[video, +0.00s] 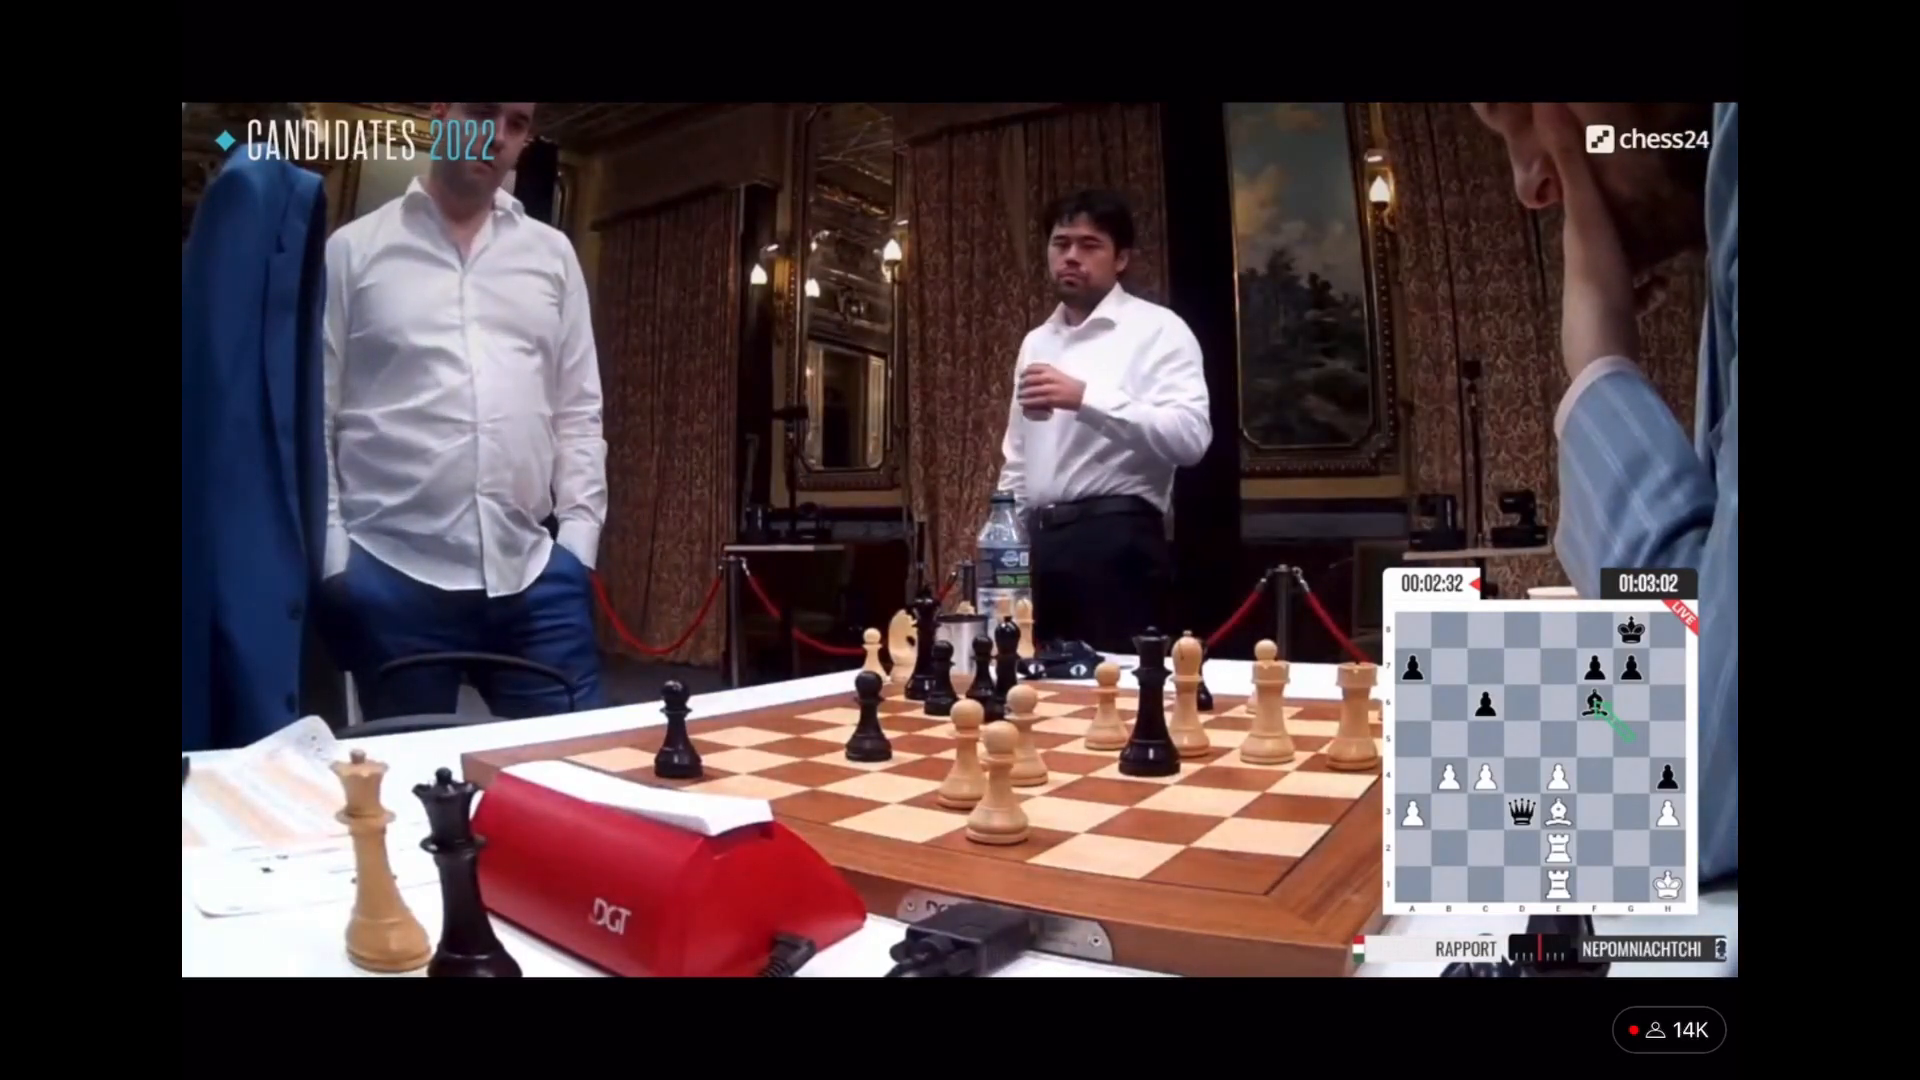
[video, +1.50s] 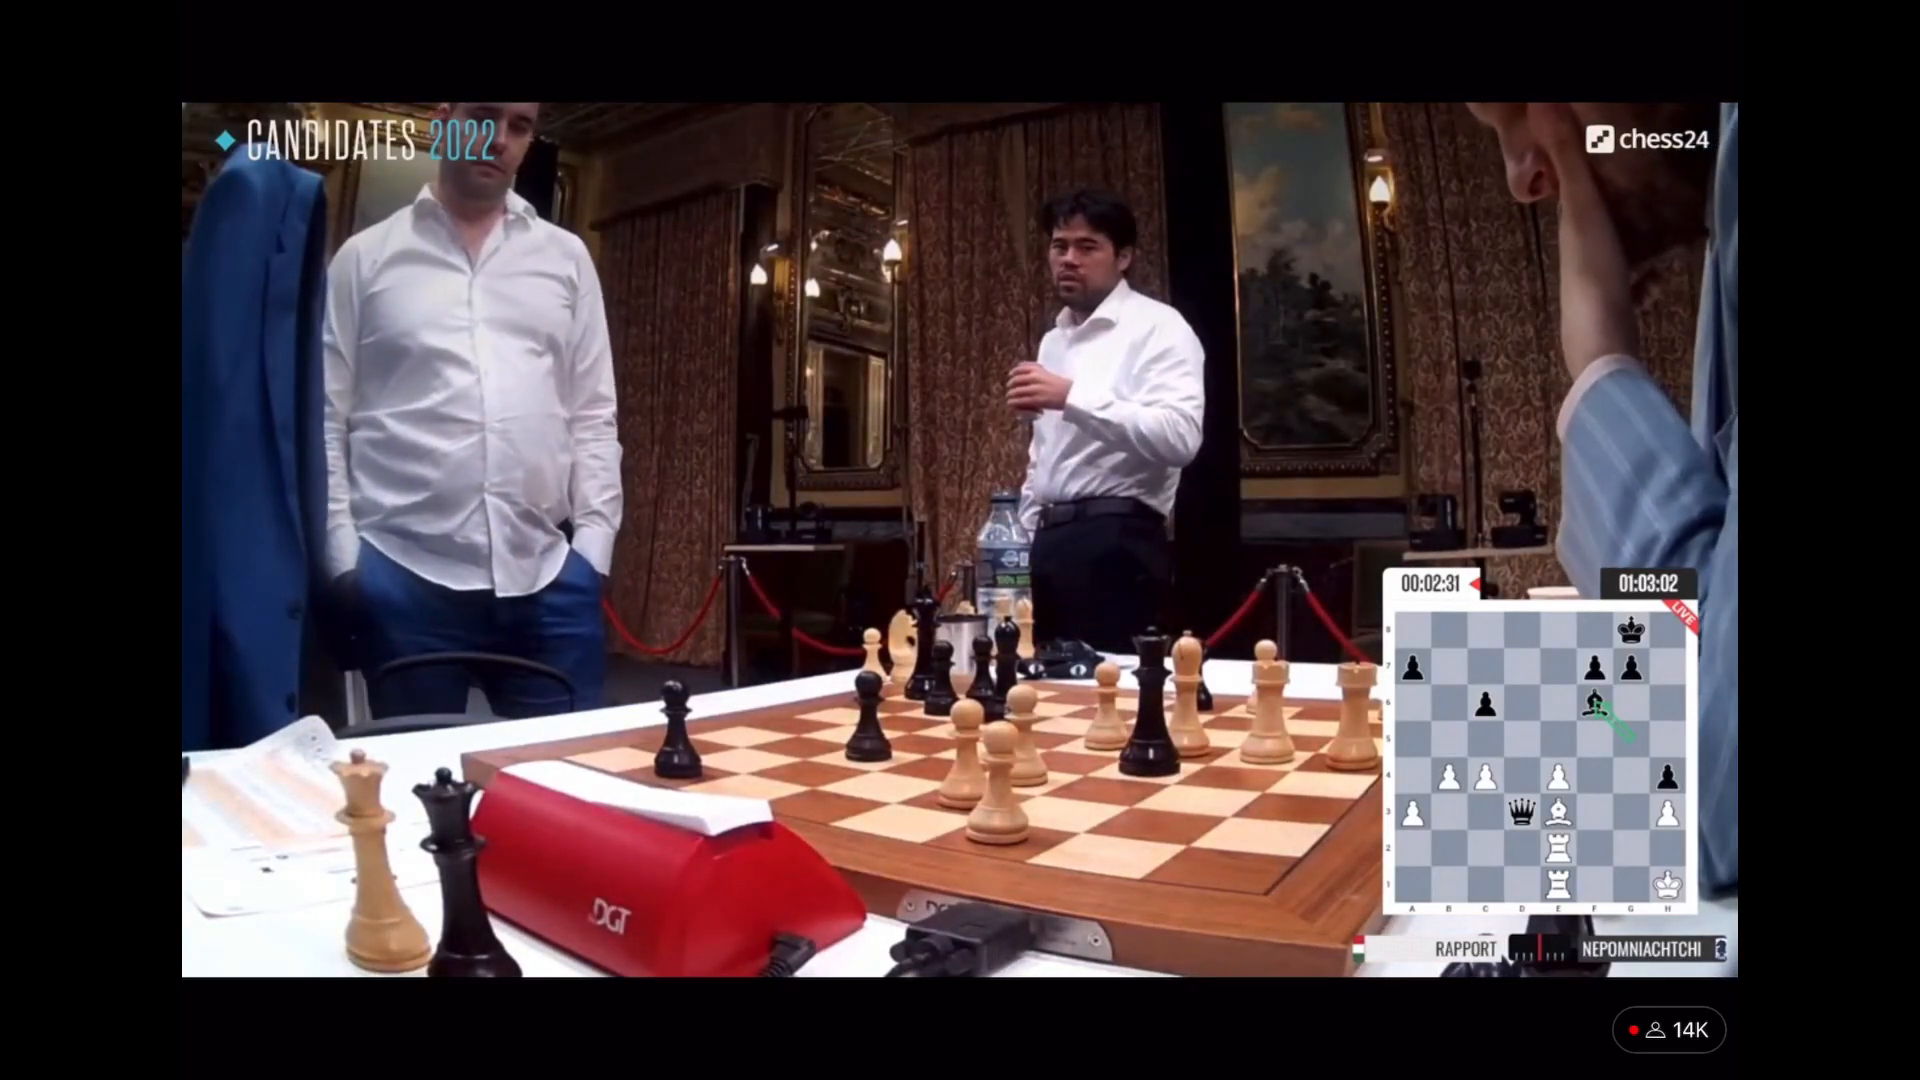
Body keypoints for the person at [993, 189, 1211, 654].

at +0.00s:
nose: (1071, 258)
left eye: (1089, 246)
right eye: (1061, 244)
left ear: (1121, 259)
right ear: (1048, 253)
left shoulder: (1161, 330)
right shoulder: (1036, 343)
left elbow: (1190, 437)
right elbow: (1017, 460)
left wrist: (1084, 395)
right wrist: (1000, 546)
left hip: (1120, 534)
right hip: (1044, 536)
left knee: (1124, 691)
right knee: (1050, 693)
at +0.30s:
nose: (1066, 258)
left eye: (1084, 246)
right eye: (1057, 245)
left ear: (1119, 258)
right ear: (1045, 253)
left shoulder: (1159, 330)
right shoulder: (1041, 343)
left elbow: (1183, 437)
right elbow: (1024, 458)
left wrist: (1076, 396)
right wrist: (1004, 543)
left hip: (1119, 534)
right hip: (1045, 535)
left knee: (1122, 694)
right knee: (1051, 695)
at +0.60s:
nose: (1064, 259)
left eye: (1082, 246)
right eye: (1055, 245)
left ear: (1119, 257)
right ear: (1044, 253)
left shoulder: (1158, 329)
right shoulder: (1048, 344)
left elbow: (1177, 437)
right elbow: (1035, 453)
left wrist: (1069, 397)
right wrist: (1019, 531)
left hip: (1119, 533)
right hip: (1050, 534)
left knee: (1123, 693)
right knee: (1057, 694)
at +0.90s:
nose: (1065, 260)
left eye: (1083, 247)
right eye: (1056, 246)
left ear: (1120, 257)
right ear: (1045, 254)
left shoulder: (1159, 328)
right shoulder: (1052, 343)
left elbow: (1177, 436)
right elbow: (1041, 454)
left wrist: (1068, 396)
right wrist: (1024, 530)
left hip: (1119, 534)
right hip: (1053, 534)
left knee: (1123, 695)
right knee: (1059, 696)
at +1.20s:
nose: (1067, 260)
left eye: (1085, 247)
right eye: (1058, 246)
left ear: (1121, 258)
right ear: (1047, 254)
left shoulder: (1160, 329)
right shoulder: (1053, 343)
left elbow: (1178, 437)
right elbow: (1042, 454)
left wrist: (1069, 396)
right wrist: (1028, 531)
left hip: (1120, 534)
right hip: (1054, 534)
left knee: (1119, 694)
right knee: (1058, 694)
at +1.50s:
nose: (1069, 260)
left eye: (1087, 247)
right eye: (1060, 246)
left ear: (1123, 258)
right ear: (1048, 254)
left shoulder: (1163, 329)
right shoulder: (1054, 342)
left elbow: (1179, 437)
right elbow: (1042, 452)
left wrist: (1071, 394)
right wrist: (1029, 529)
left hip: (1121, 534)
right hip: (1054, 534)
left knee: (1119, 694)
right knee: (1057, 694)